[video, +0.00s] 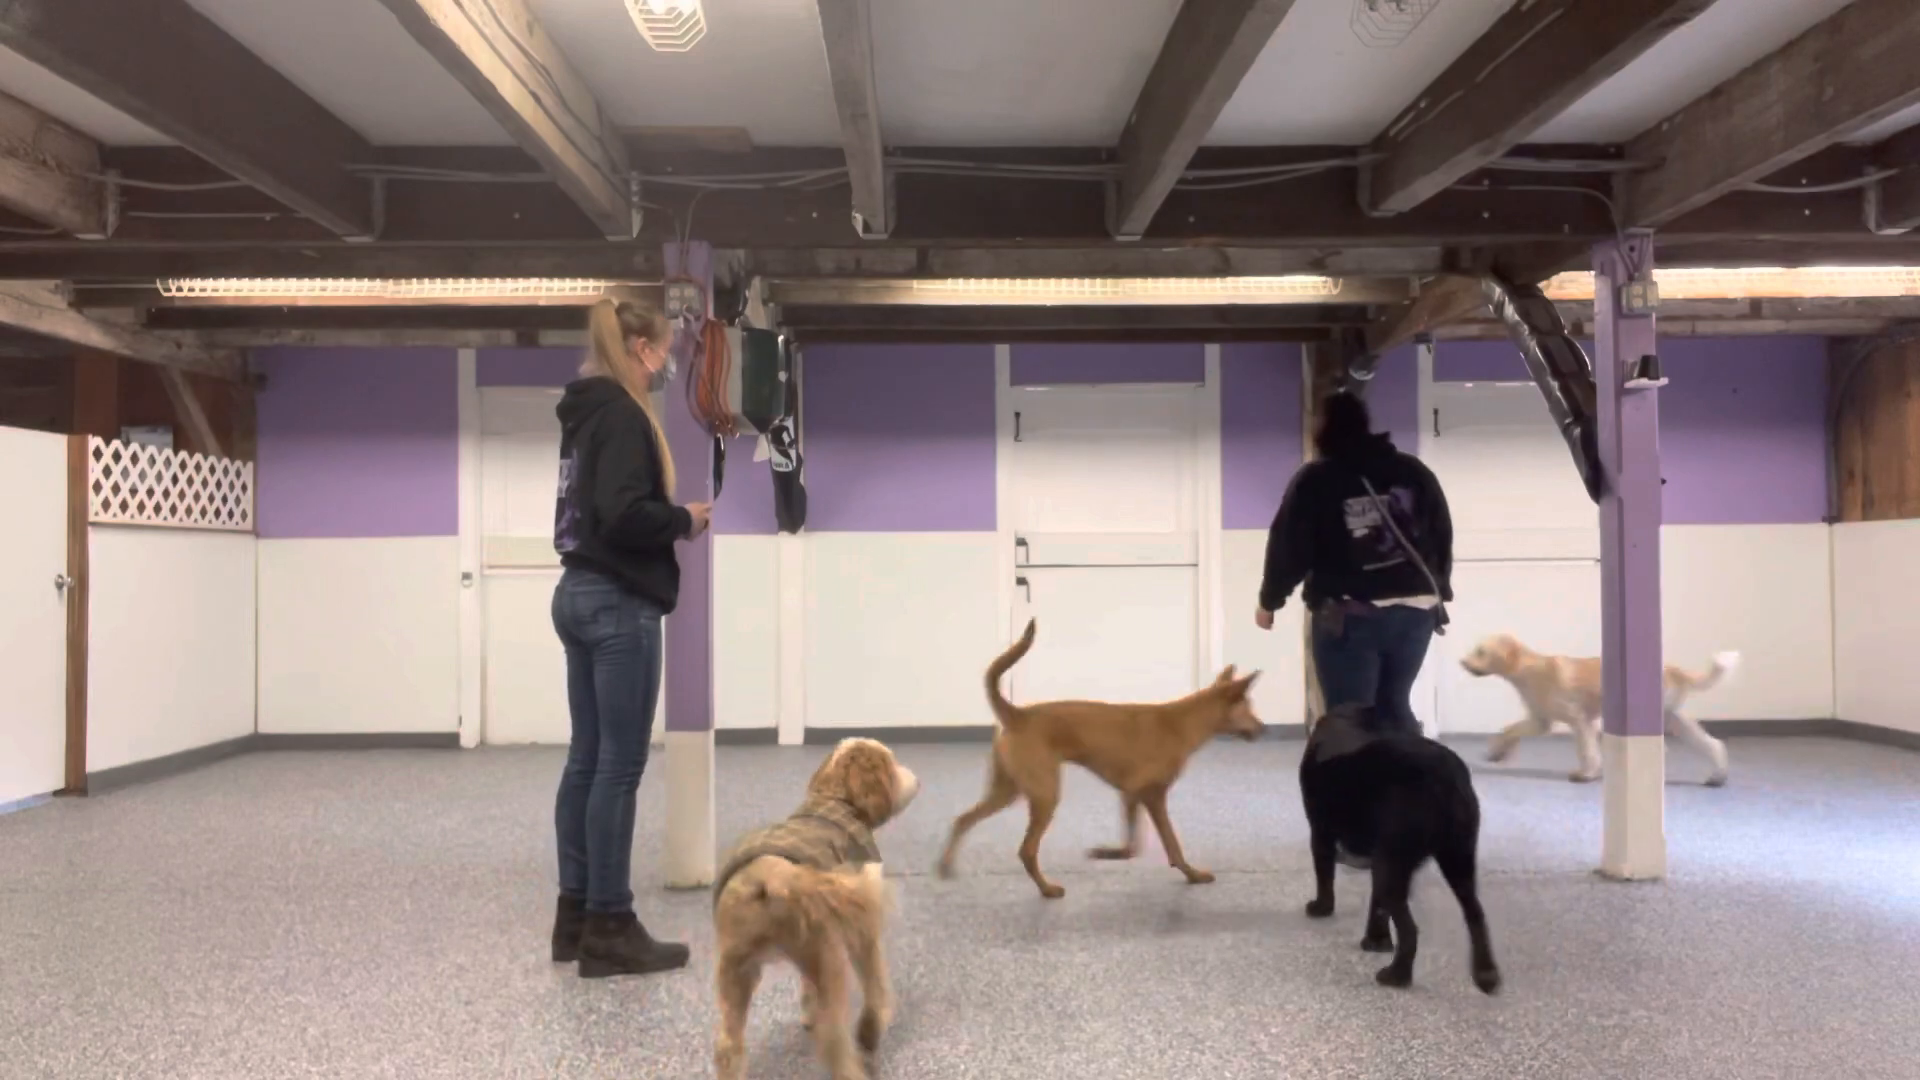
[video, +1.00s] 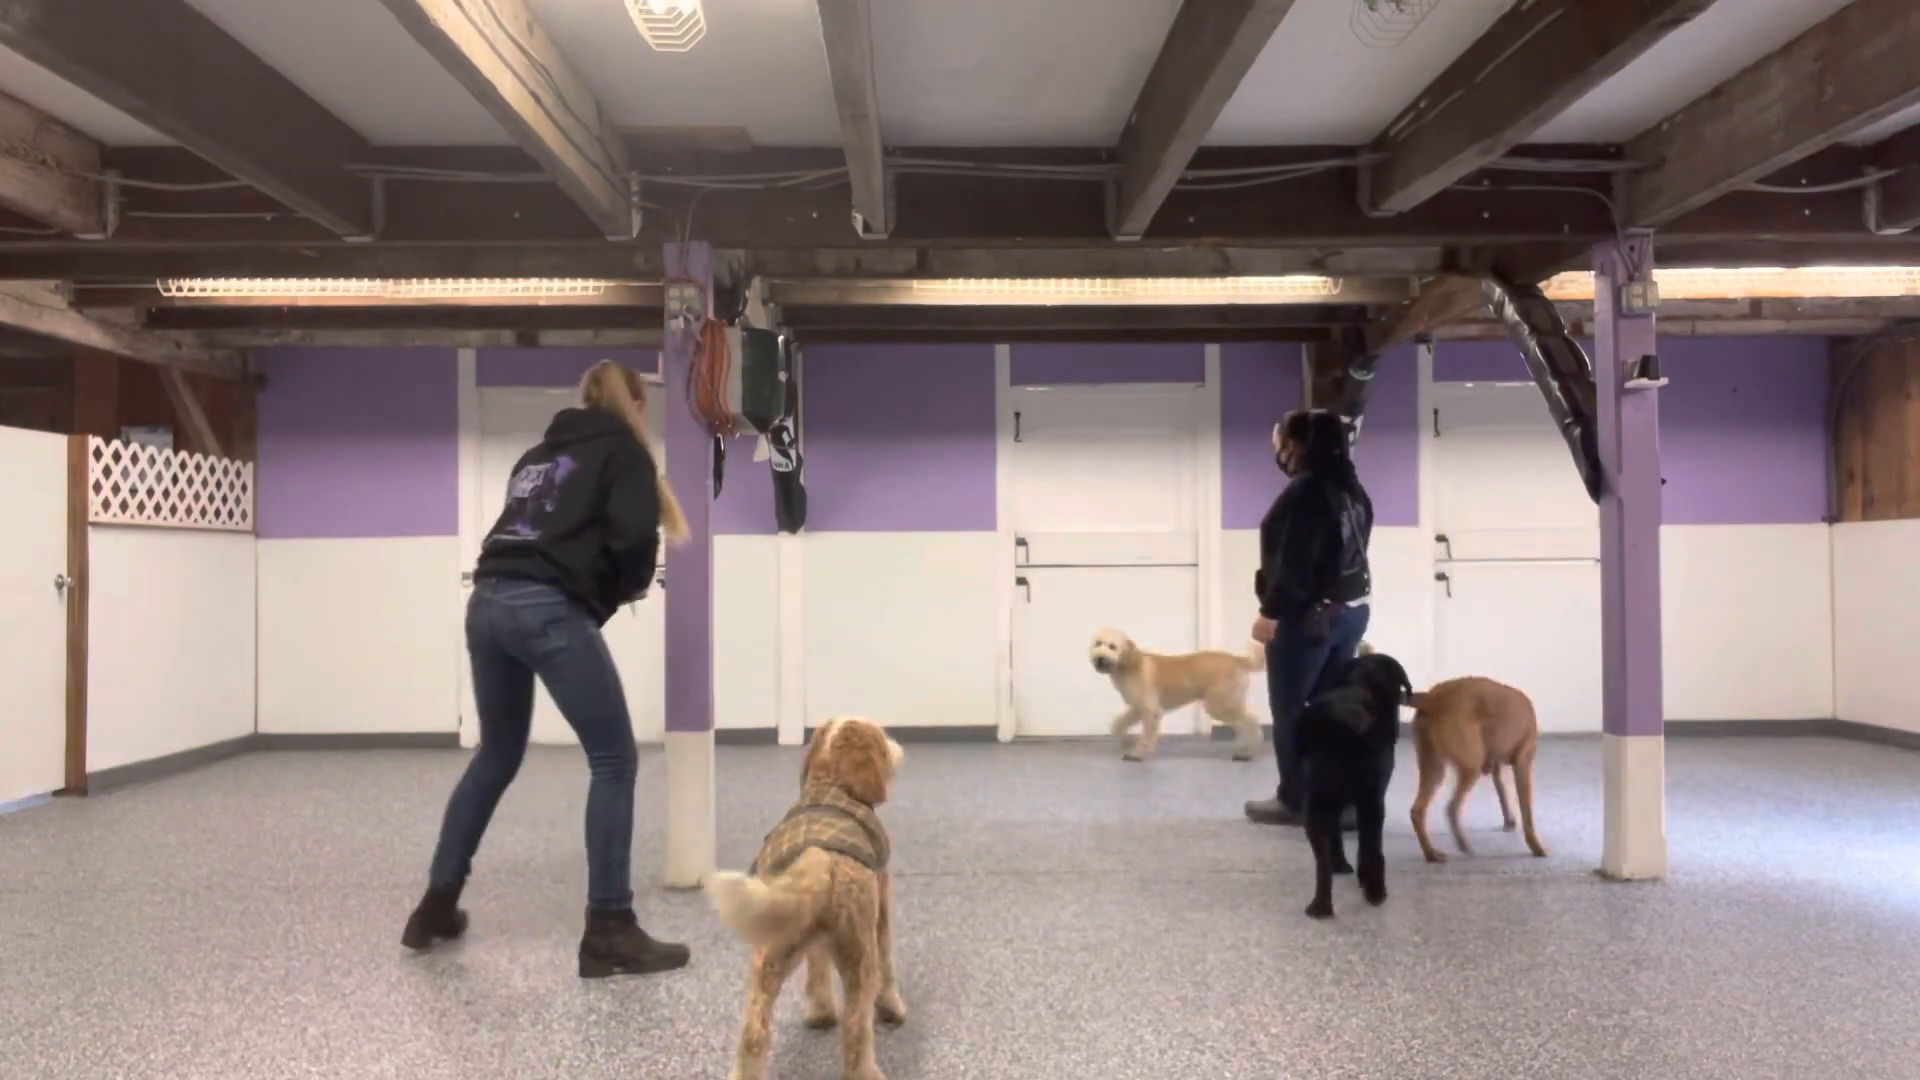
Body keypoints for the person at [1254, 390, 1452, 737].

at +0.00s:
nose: (1317, 432)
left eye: (1319, 425)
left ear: (1324, 430)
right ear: (1365, 427)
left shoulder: (1314, 479)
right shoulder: (1412, 470)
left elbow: (1289, 546)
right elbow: (1440, 532)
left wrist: (1269, 601)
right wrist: (1439, 589)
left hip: (1347, 615)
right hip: (1414, 613)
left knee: (1350, 720)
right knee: (1395, 707)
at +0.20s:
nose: (1312, 437)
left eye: (1315, 430)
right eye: (1314, 430)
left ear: (1321, 435)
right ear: (1360, 432)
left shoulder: (1309, 485)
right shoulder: (1403, 477)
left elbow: (1283, 550)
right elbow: (1428, 540)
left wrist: (1265, 608)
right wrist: (1424, 597)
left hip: (1337, 615)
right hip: (1403, 613)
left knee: (1343, 722)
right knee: (1382, 717)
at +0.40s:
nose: (1314, 443)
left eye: (1317, 435)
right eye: (1315, 435)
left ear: (1326, 438)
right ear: (1364, 435)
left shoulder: (1315, 488)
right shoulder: (1400, 484)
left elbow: (1295, 557)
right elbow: (1416, 549)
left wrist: (1273, 615)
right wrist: (1411, 602)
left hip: (1331, 614)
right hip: (1392, 610)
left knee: (1333, 722)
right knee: (1374, 715)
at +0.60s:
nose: (1308, 444)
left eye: (1312, 437)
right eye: (1309, 436)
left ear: (1326, 438)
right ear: (1361, 435)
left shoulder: (1320, 483)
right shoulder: (1387, 484)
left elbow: (1306, 550)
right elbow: (1394, 549)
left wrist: (1282, 601)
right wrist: (1377, 589)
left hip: (1329, 609)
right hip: (1382, 608)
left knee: (1297, 706)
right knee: (1365, 709)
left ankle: (1320, 801)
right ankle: (1366, 807)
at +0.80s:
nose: (1295, 448)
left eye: (1299, 441)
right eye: (1296, 440)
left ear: (1315, 443)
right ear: (1347, 441)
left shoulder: (1315, 487)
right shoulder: (1369, 484)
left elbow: (1303, 554)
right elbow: (1371, 543)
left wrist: (1279, 603)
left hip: (1324, 608)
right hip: (1371, 605)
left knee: (1297, 703)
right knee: (1353, 701)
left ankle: (1296, 798)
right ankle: (1355, 796)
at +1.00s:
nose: (1279, 456)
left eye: (1284, 447)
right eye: (1279, 447)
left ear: (1303, 446)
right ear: (1328, 445)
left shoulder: (1307, 492)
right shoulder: (1351, 489)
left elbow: (1298, 561)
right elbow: (1343, 556)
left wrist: (1271, 612)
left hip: (1311, 610)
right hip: (1352, 607)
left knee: (1288, 708)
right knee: (1332, 702)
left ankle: (1293, 799)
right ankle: (1341, 798)